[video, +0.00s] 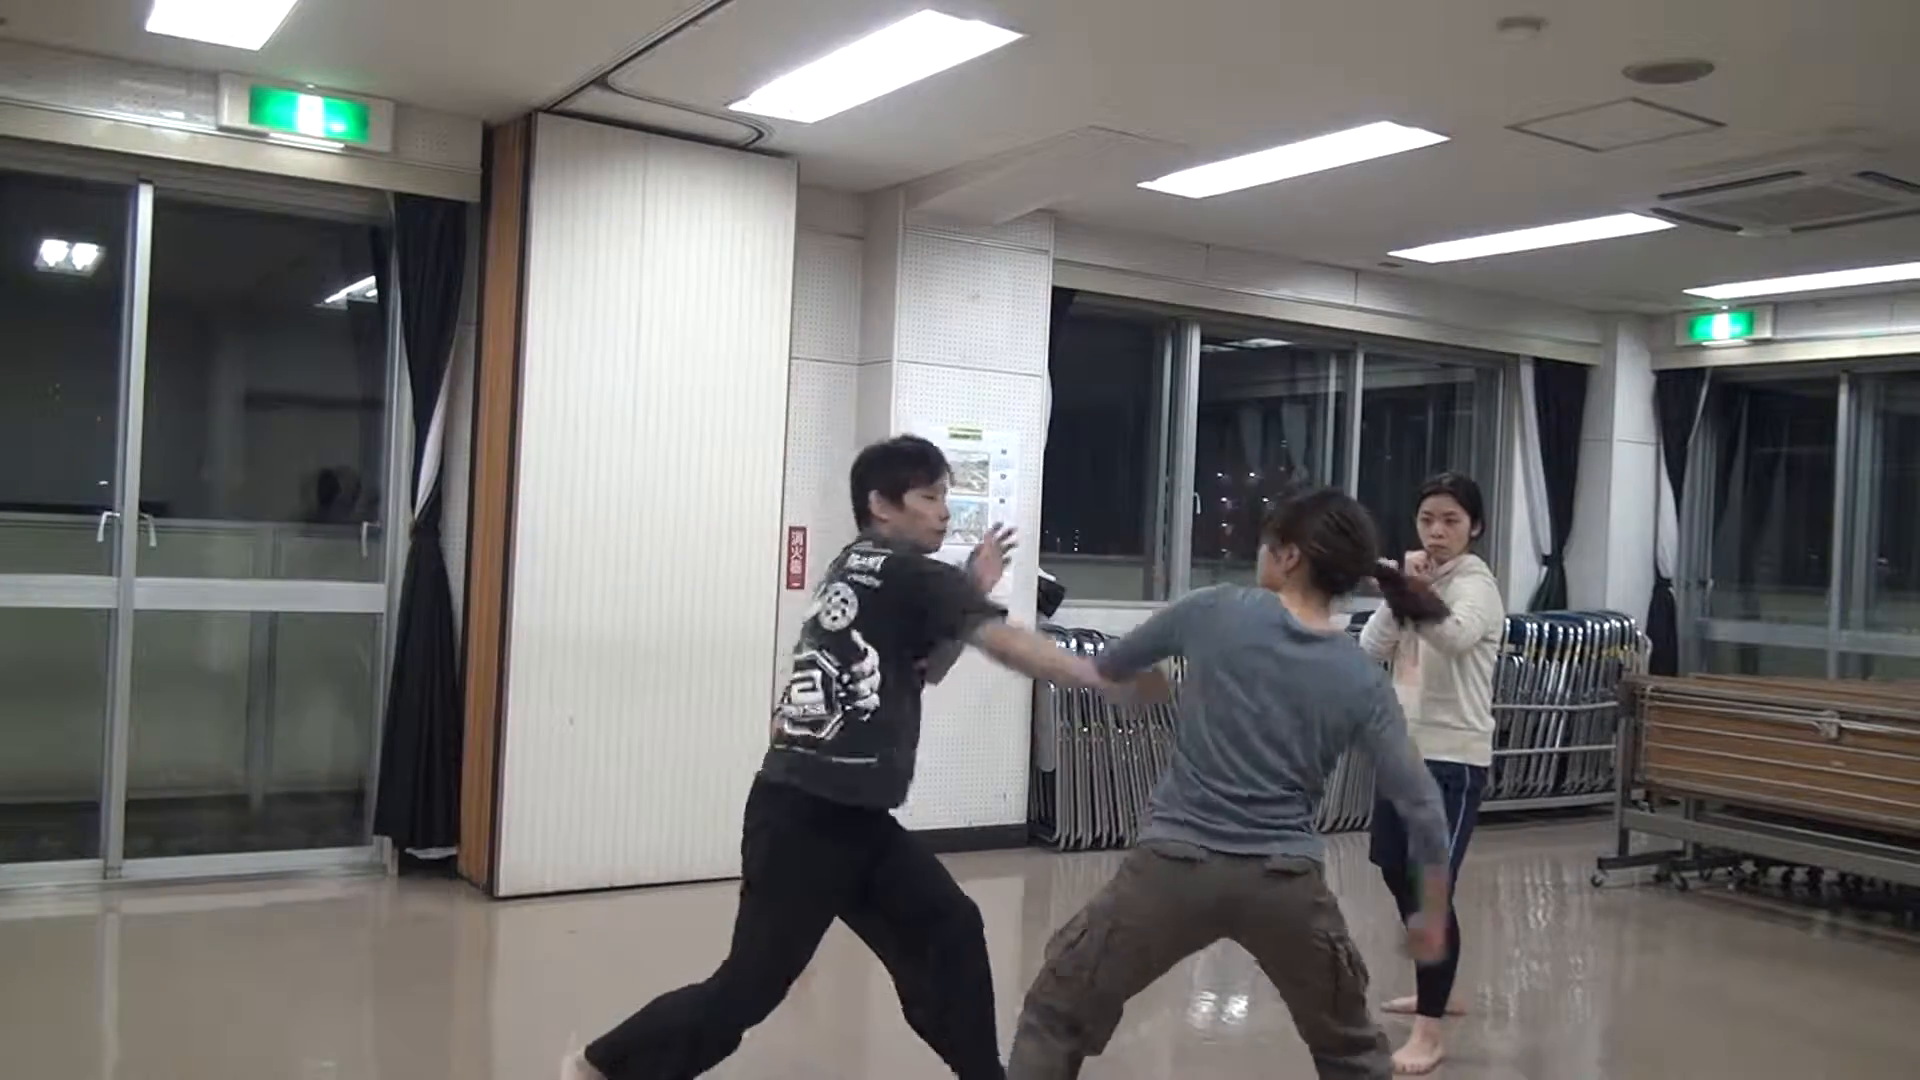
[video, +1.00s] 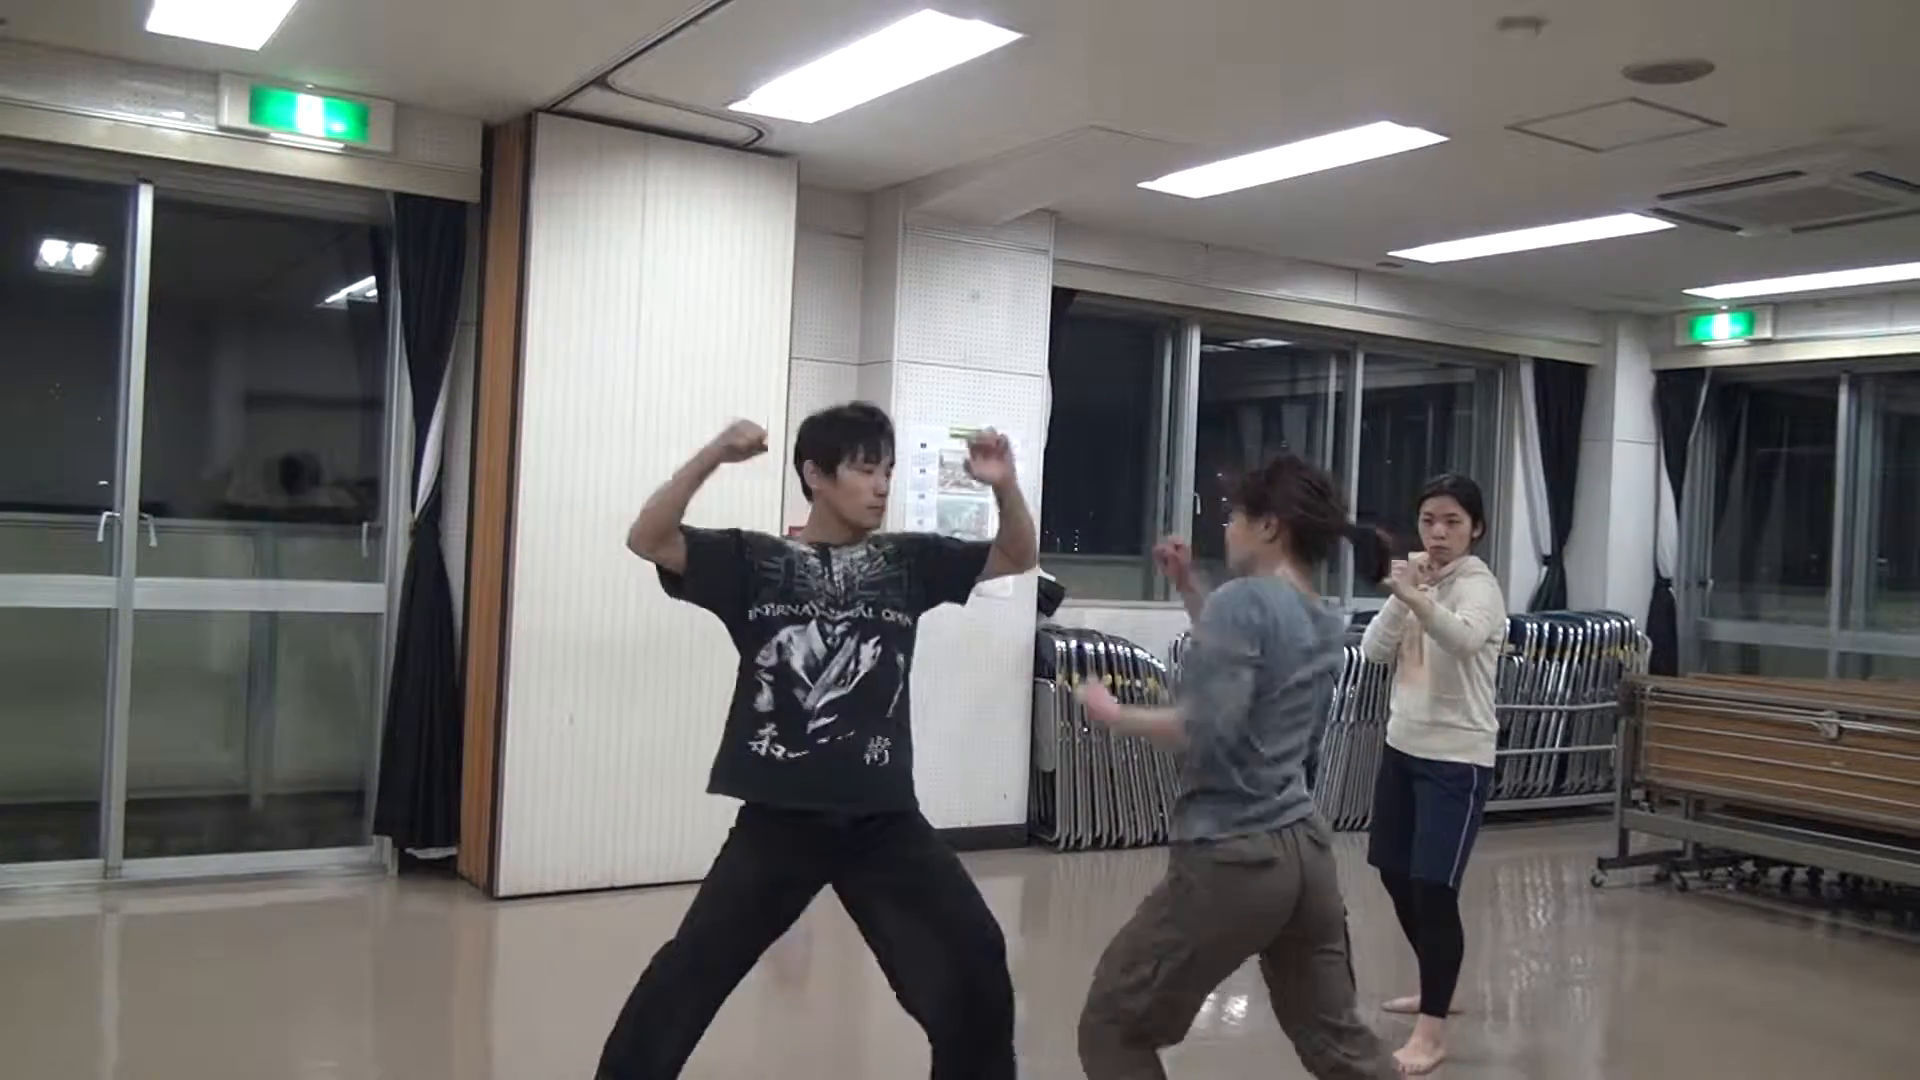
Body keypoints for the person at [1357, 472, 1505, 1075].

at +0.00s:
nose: (1437, 529)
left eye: (1450, 520)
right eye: (1428, 518)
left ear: (1473, 528)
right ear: (1417, 523)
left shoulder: (1477, 581)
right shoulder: (1413, 576)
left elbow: (1457, 637)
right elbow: (1372, 647)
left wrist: (1413, 591)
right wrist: (1406, 590)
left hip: (1455, 754)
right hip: (1405, 748)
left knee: (1433, 885)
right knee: (1389, 857)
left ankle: (1428, 1028)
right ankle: (1436, 981)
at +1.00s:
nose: (1438, 531)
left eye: (1451, 521)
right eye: (1429, 520)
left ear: (1475, 529)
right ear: (1418, 525)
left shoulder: (1480, 584)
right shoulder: (1415, 582)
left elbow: (1467, 639)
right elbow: (1373, 650)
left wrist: (1415, 597)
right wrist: (1404, 595)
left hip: (1456, 759)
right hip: (1403, 750)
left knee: (1433, 887)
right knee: (1390, 864)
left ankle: (1431, 1031)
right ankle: (1438, 984)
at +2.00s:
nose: (1445, 523)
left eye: (1457, 512)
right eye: (1435, 513)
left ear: (1483, 520)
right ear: (1425, 521)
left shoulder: (1508, 592)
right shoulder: (1397, 582)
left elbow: (1498, 651)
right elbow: (1353, 669)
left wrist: (1470, 577)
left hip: (1459, 750)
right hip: (1385, 735)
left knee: (1438, 895)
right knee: (1348, 853)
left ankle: (1410, 1024)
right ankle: (1355, 927)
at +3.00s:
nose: (1374, 536)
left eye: (1388, 526)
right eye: (1370, 524)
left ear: (1423, 531)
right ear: (1366, 524)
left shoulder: (1403, 584)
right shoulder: (1430, 575)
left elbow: (1404, 666)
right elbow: (1346, 620)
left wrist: (1373, 686)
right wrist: (1346, 580)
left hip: (1430, 726)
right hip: (1461, 752)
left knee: (1368, 794)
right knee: (1351, 905)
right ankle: (1384, 1052)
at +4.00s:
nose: (1411, 641)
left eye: (1428, 635)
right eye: (1407, 625)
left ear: (1453, 638)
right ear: (1398, 616)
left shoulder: (1469, 685)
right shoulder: (1386, 633)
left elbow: (1466, 782)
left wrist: (1410, 761)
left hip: (1461, 771)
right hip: (1399, 758)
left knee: (1459, 885)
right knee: (1380, 858)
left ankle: (1516, 968)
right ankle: (1344, 980)